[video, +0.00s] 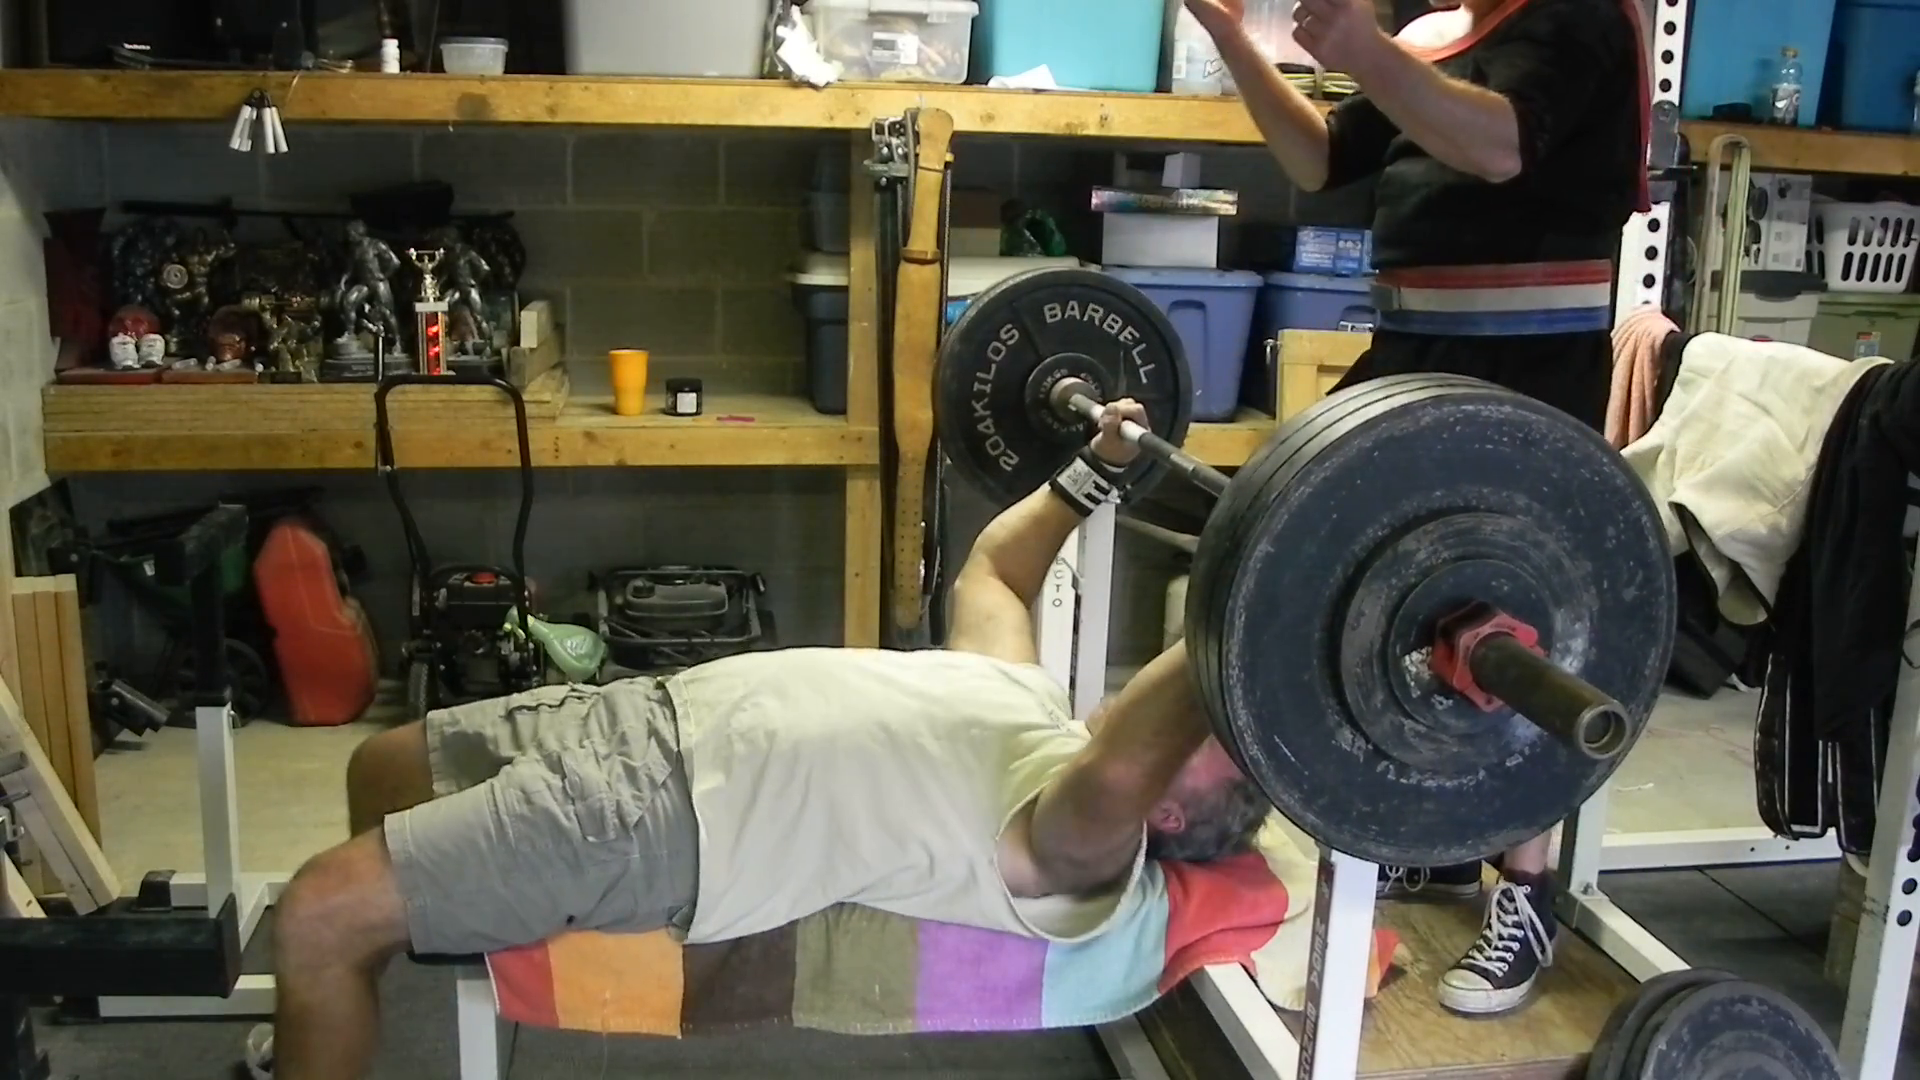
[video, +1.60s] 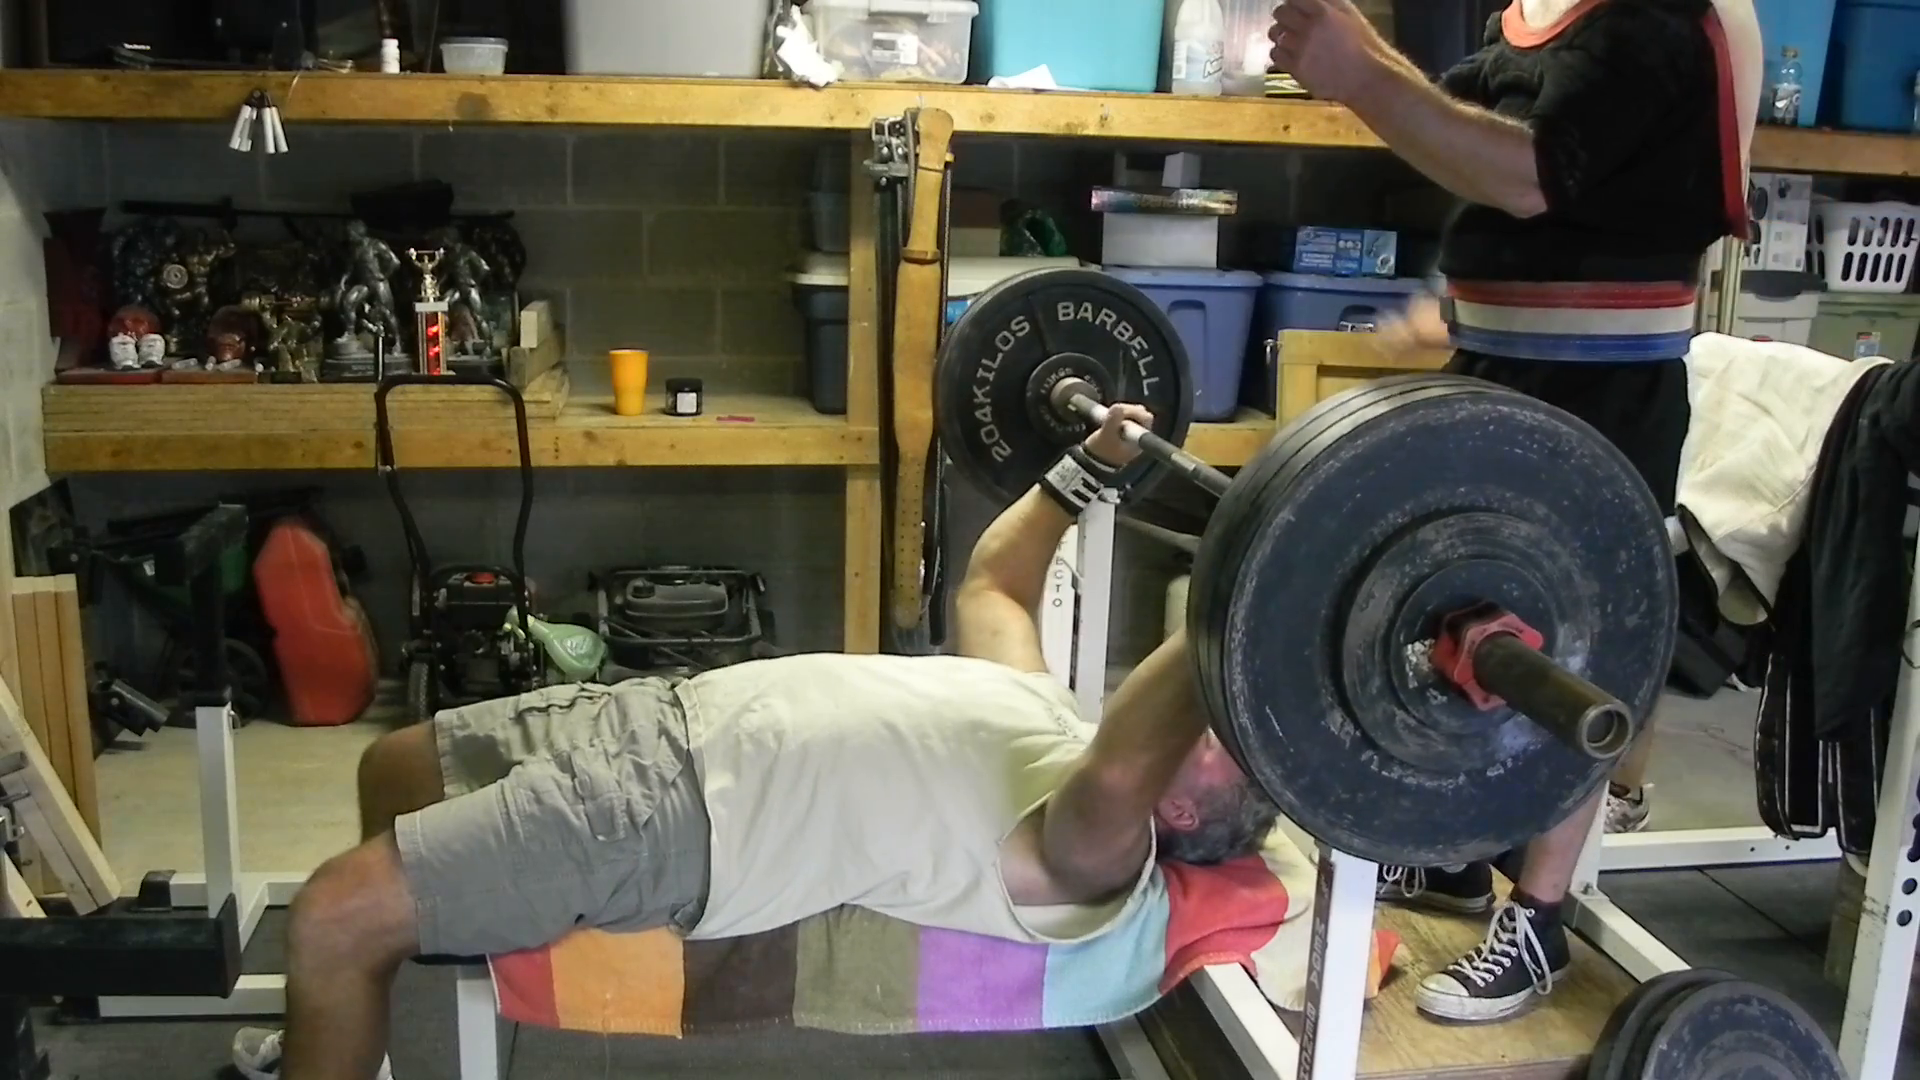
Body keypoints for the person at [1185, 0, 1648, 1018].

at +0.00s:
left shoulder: (1583, 16)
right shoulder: (1436, 42)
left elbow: (1500, 141)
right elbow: (1324, 161)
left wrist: (1356, 42)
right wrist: (1231, 36)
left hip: (1537, 370)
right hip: (1410, 359)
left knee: (1518, 629)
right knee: (1384, 606)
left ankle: (1526, 888)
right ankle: (1421, 833)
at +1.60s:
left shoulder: (1655, 22)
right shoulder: (1547, 18)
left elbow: (1531, 170)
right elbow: (1475, 127)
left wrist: (1365, 75)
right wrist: (1364, 65)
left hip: (1604, 382)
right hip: (1501, 368)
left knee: (1576, 651)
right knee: (1467, 616)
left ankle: (1536, 916)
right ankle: (1456, 847)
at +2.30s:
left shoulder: (1645, 28)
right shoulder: (1530, 14)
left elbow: (1519, 182)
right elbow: (1454, 113)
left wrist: (1347, 96)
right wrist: (1351, 48)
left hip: (1601, 382)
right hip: (1494, 366)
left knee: (1577, 653)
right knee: (1464, 617)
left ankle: (1537, 915)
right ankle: (1458, 850)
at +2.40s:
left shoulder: (1638, 29)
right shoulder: (1528, 15)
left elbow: (1512, 181)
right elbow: (1456, 113)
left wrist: (1340, 95)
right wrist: (1347, 45)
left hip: (1599, 383)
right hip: (1495, 366)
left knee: (1578, 653)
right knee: (1463, 616)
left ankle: (1537, 917)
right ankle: (1455, 851)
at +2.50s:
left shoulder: (1637, 28)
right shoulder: (1528, 15)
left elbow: (1510, 181)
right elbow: (1461, 119)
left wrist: (1337, 94)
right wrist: (1349, 47)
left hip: (1598, 381)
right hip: (1493, 365)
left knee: (1579, 650)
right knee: (1464, 617)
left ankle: (1538, 915)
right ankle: (1455, 850)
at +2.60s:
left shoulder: (1637, 25)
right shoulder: (1528, 14)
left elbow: (1506, 180)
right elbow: (1463, 121)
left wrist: (1333, 91)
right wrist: (1350, 49)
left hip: (1597, 381)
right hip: (1493, 365)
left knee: (1582, 648)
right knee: (1467, 615)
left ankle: (1538, 914)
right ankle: (1455, 845)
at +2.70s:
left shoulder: (1634, 25)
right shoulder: (1527, 16)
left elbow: (1503, 180)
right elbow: (1454, 117)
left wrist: (1331, 93)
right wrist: (1344, 50)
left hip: (1593, 380)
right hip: (1487, 365)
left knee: (1580, 647)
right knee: (1460, 612)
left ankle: (1538, 914)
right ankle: (1449, 836)